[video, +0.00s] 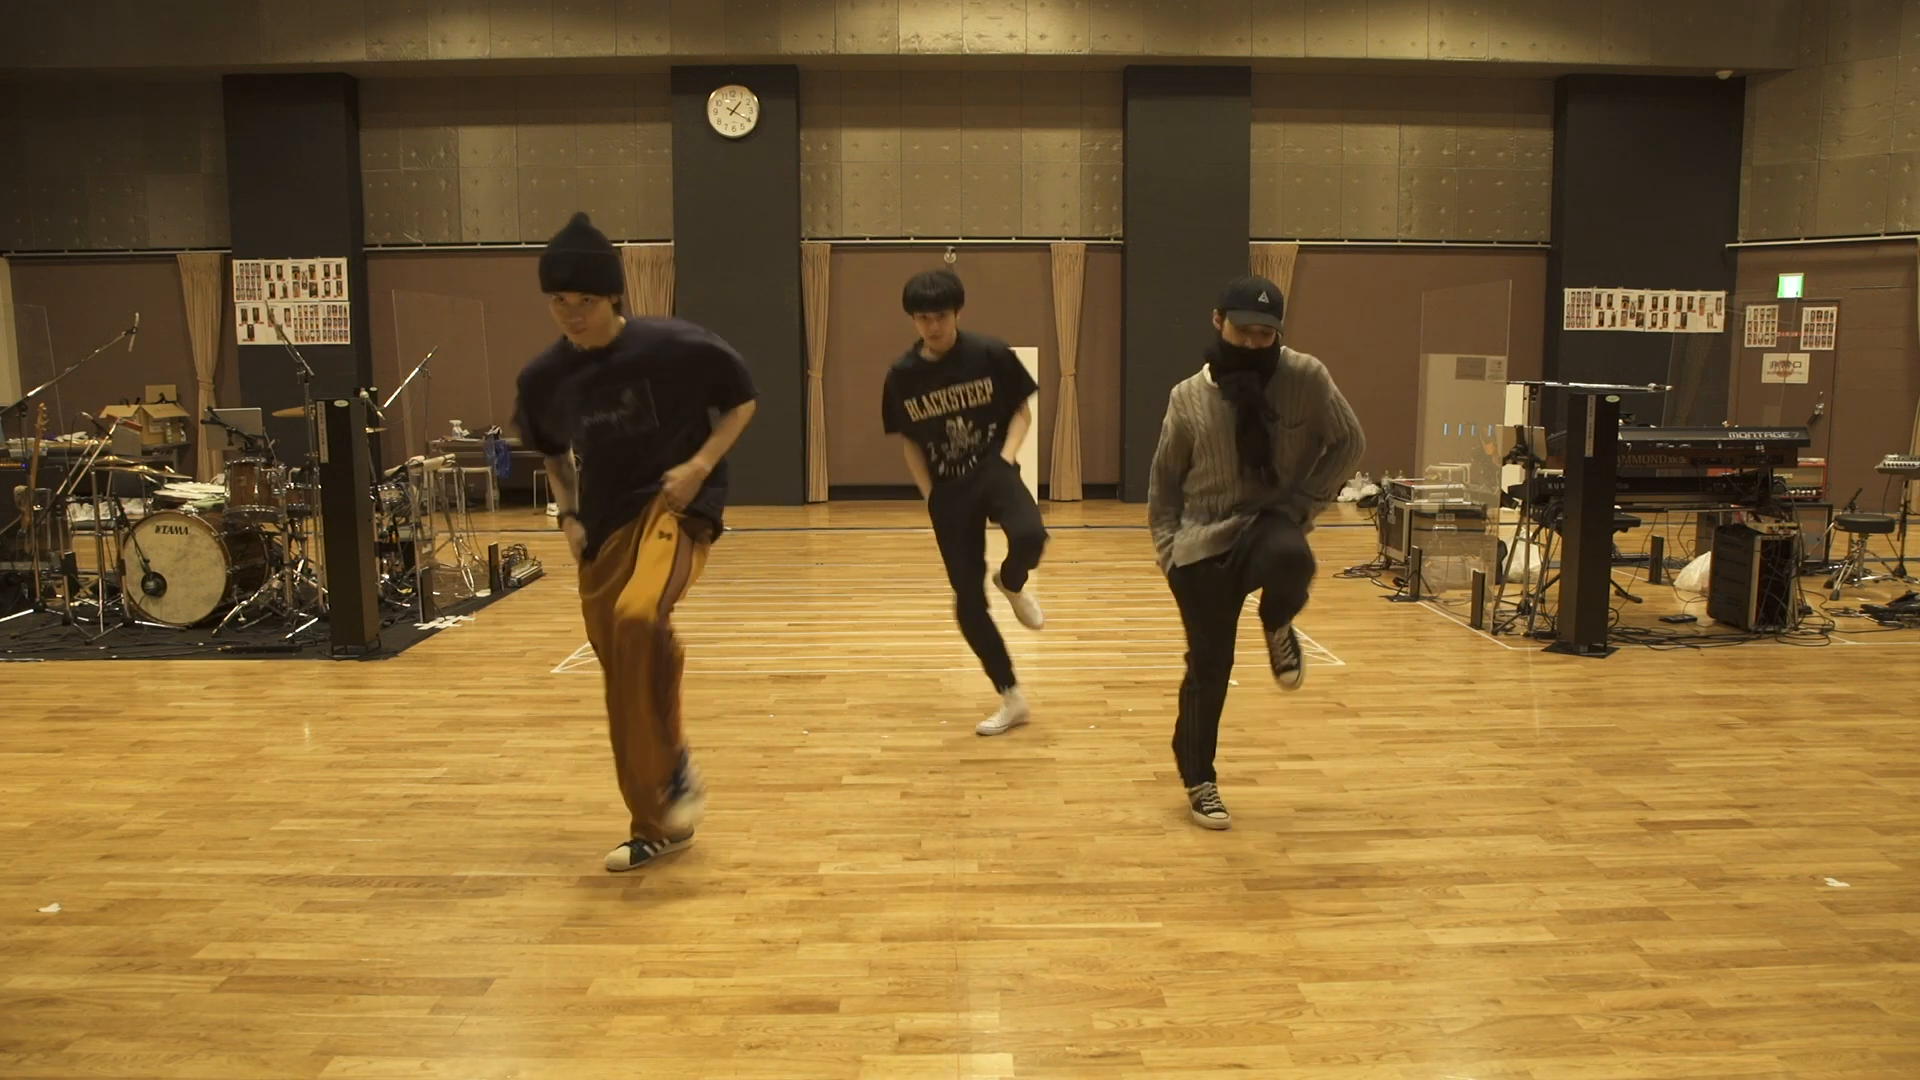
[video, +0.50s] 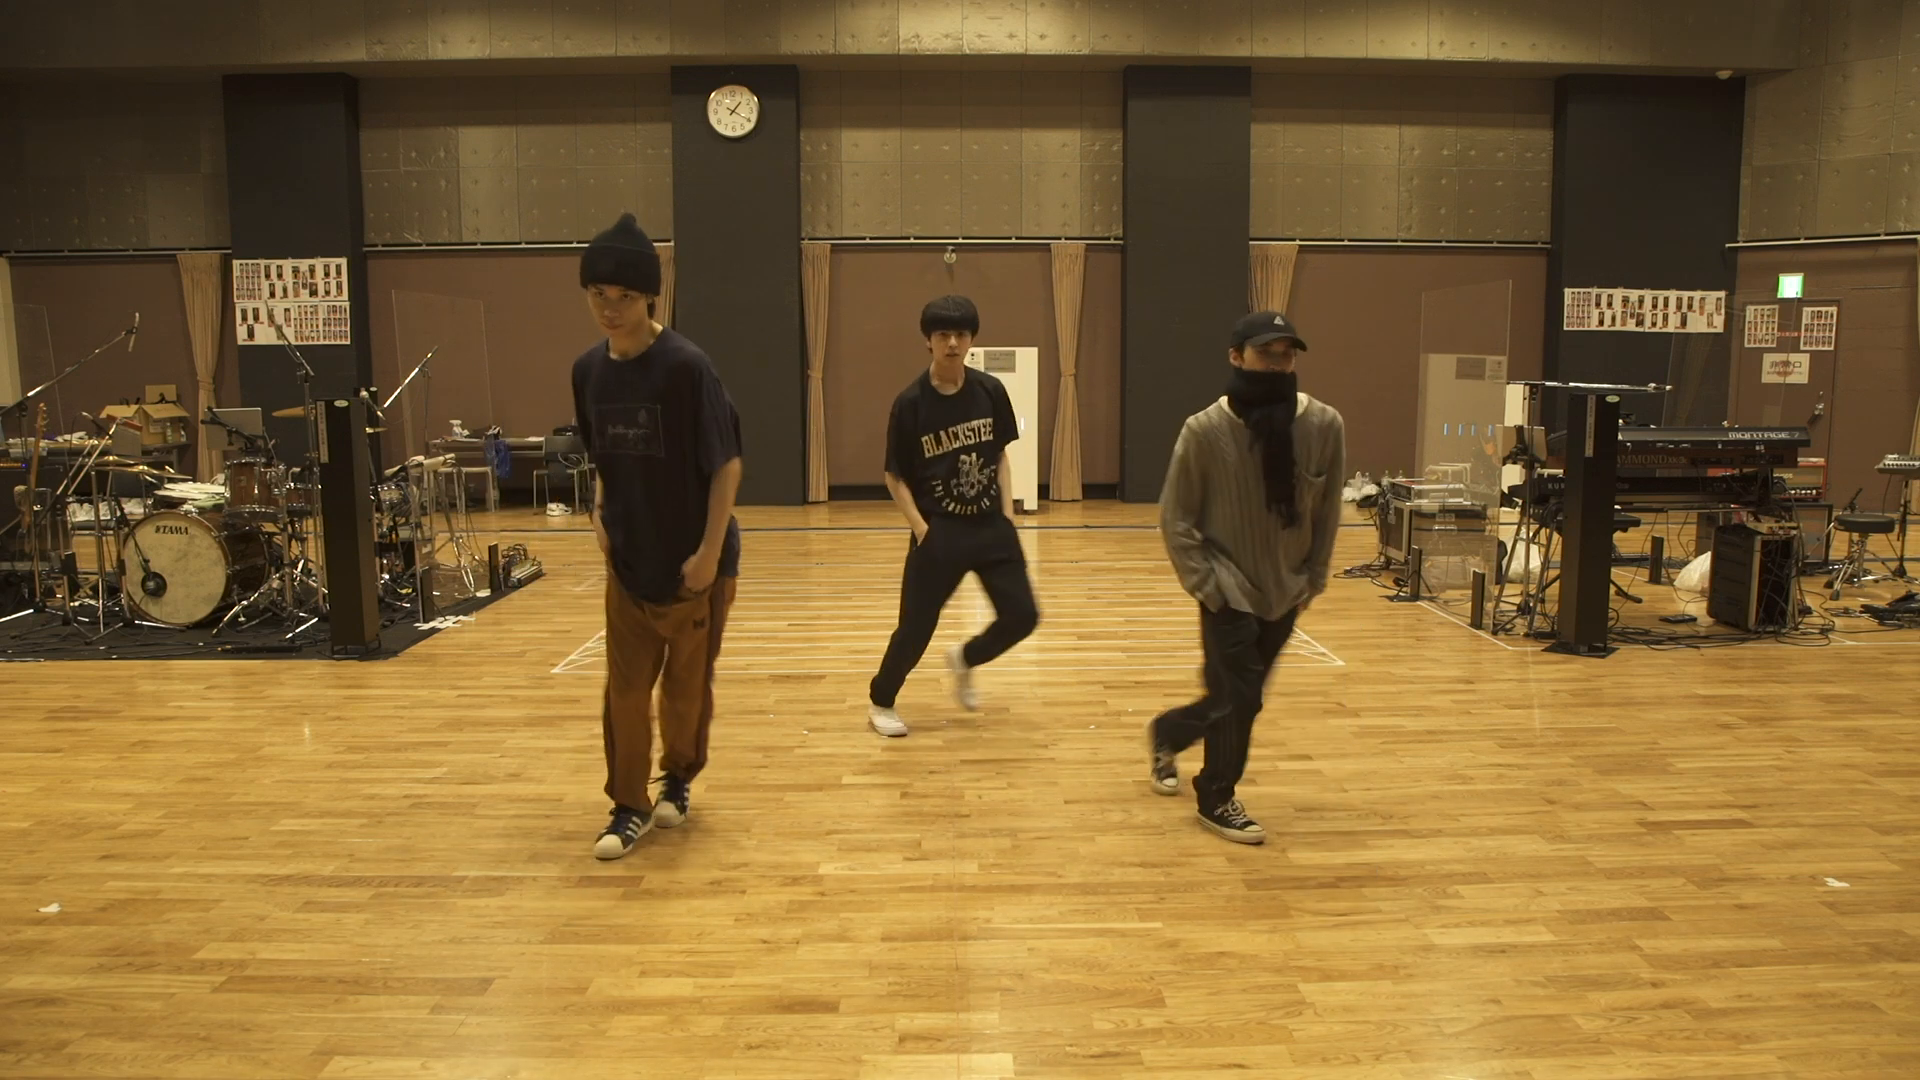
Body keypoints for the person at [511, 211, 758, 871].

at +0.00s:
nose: (568, 317)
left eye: (580, 303)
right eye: (558, 304)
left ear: (613, 295)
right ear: (548, 302)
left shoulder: (673, 345)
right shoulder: (545, 378)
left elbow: (742, 400)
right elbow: (553, 452)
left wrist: (699, 465)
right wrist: (570, 514)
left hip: (672, 512)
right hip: (604, 534)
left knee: (636, 616)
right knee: (621, 675)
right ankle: (651, 826)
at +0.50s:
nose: (610, 308)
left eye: (622, 297)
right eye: (600, 297)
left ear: (651, 296)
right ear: (588, 298)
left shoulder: (688, 368)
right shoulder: (589, 372)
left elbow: (727, 464)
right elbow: (602, 465)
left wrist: (708, 553)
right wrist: (605, 530)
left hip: (694, 559)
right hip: (629, 558)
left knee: (686, 682)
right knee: (625, 688)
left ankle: (679, 778)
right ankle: (628, 807)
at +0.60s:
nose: (623, 316)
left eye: (636, 305)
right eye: (613, 304)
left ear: (662, 305)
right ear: (600, 304)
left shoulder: (702, 373)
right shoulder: (591, 375)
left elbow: (761, 453)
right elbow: (601, 462)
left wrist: (728, 534)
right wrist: (612, 527)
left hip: (708, 559)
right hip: (640, 560)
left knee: (721, 687)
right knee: (625, 690)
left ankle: (720, 766)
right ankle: (631, 807)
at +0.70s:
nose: (651, 314)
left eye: (664, 304)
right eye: (642, 302)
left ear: (690, 303)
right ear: (629, 300)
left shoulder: (734, 369)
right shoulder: (609, 364)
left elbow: (785, 437)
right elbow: (611, 444)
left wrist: (756, 504)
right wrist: (618, 512)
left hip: (724, 555)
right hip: (646, 559)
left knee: (772, 675)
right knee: (621, 690)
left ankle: (806, 791)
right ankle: (624, 808)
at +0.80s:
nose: (711, 341)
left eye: (724, 330)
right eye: (699, 329)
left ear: (743, 334)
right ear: (680, 329)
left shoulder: (774, 398)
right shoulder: (642, 397)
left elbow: (796, 468)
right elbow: (625, 458)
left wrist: (781, 518)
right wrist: (637, 529)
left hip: (752, 573)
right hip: (672, 579)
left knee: (823, 693)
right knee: (643, 705)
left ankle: (894, 818)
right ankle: (605, 817)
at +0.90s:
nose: (728, 366)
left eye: (740, 355)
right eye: (717, 354)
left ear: (762, 357)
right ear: (701, 354)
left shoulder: (787, 423)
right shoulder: (659, 420)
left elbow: (811, 500)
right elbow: (634, 495)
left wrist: (793, 543)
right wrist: (649, 564)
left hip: (768, 602)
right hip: (686, 613)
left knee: (845, 706)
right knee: (656, 730)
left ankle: (897, 823)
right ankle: (608, 823)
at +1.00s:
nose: (706, 367)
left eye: (719, 354)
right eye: (695, 355)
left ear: (746, 358)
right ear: (681, 359)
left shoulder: (781, 432)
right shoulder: (652, 420)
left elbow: (816, 511)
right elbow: (644, 494)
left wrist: (780, 557)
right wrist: (647, 555)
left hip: (757, 611)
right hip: (671, 612)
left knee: (839, 709)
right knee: (598, 720)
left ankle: (897, 827)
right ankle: (604, 814)